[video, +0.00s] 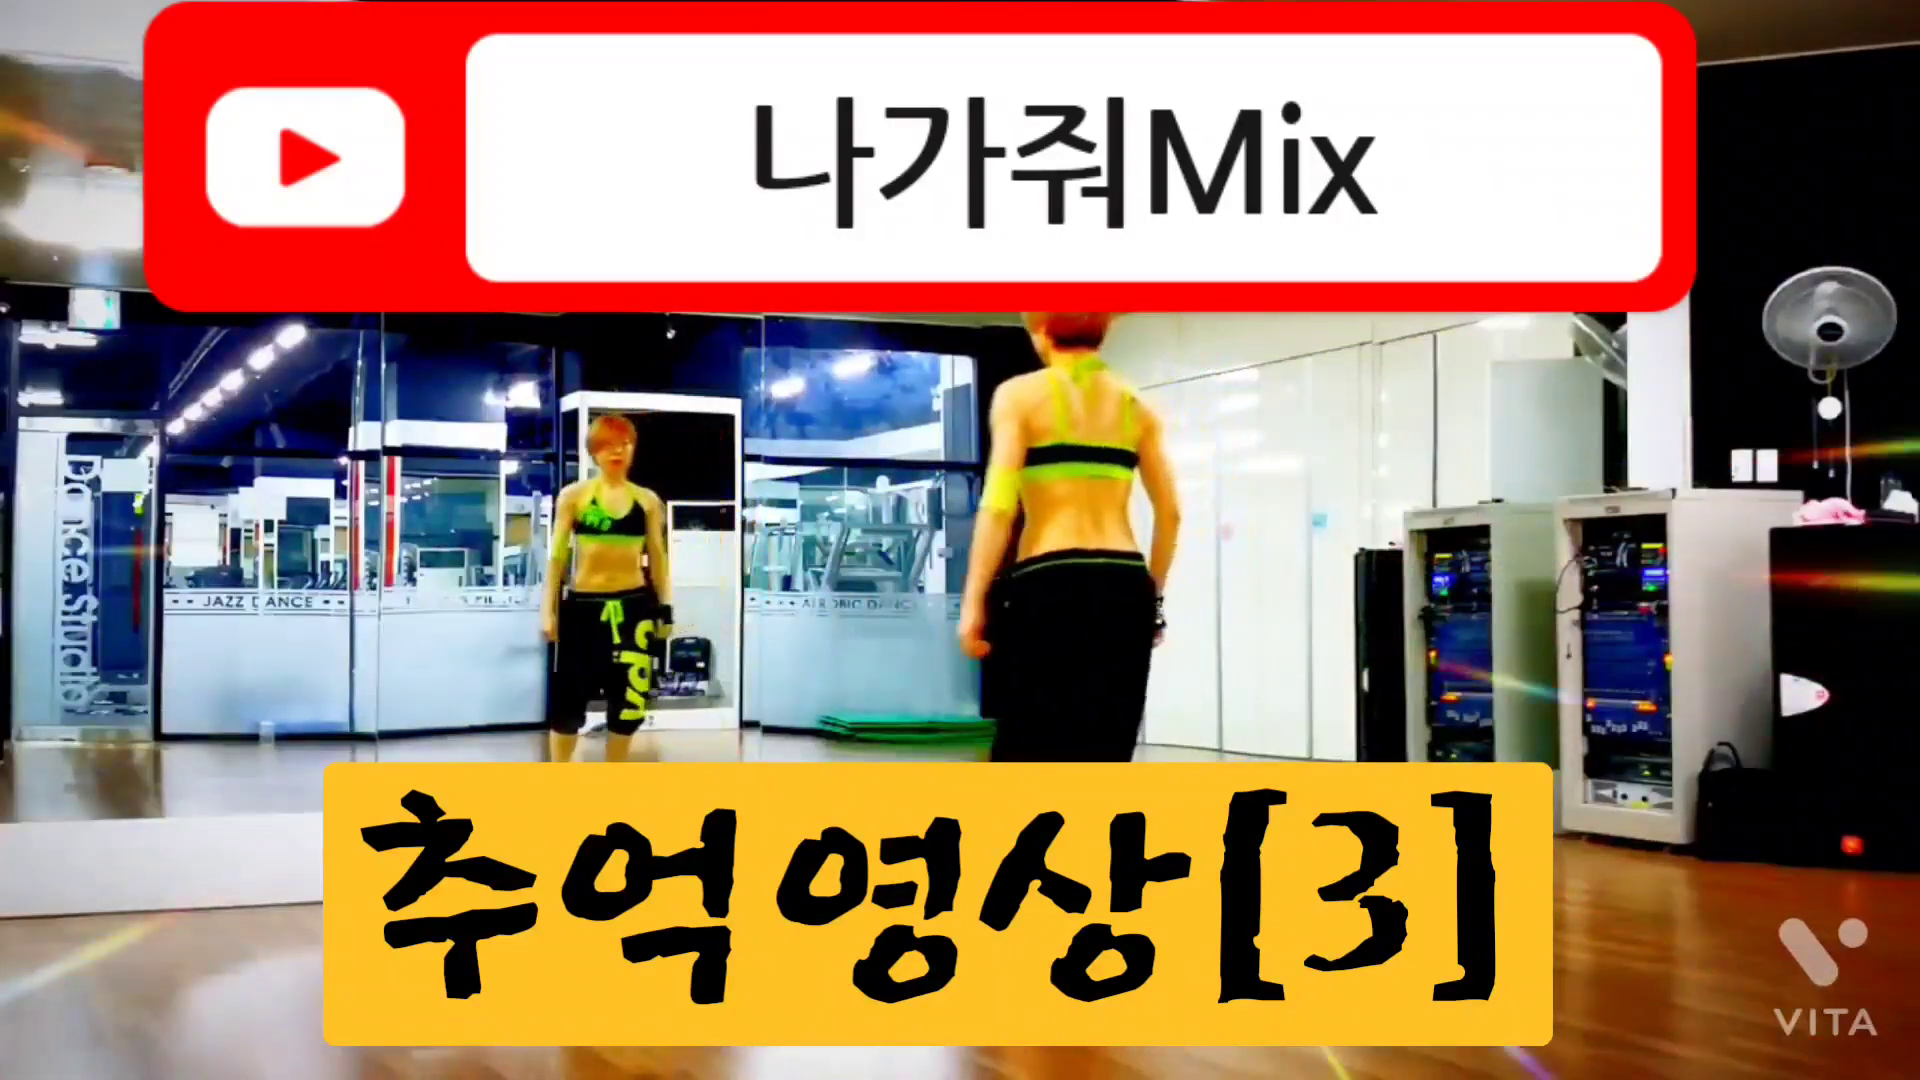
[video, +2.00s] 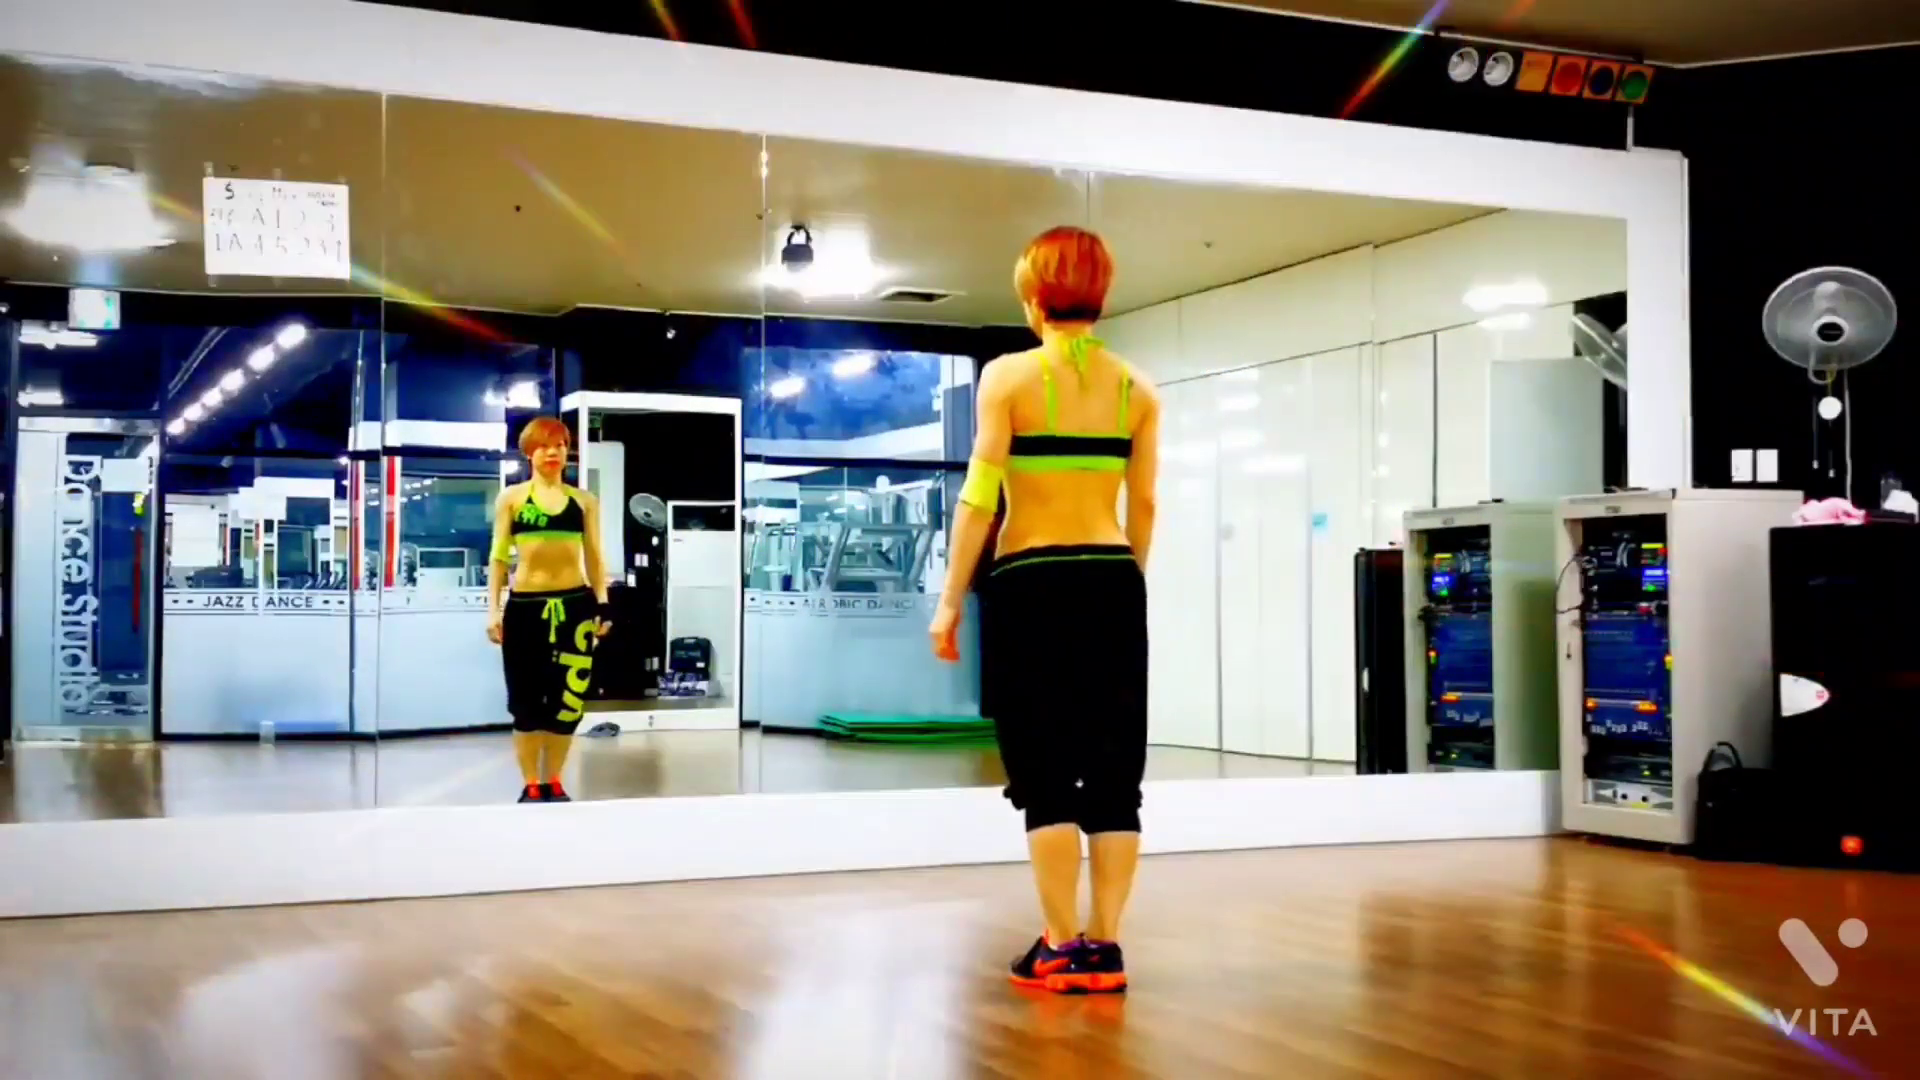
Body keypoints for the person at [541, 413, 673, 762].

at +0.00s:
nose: (617, 452)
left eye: (623, 444)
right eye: (608, 446)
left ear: (633, 450)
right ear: (594, 453)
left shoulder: (647, 501)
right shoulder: (573, 496)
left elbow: (657, 558)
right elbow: (558, 556)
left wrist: (664, 607)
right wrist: (549, 610)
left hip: (633, 606)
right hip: (582, 606)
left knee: (627, 706)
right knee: (567, 705)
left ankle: (613, 780)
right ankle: (559, 778)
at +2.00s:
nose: (552, 454)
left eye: (559, 447)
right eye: (544, 447)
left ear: (566, 451)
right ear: (530, 453)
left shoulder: (585, 501)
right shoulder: (511, 498)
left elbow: (595, 559)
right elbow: (499, 559)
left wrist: (603, 605)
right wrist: (495, 609)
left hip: (575, 606)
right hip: (525, 608)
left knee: (568, 701)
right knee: (527, 702)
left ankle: (553, 780)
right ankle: (531, 783)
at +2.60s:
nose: (552, 453)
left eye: (558, 446)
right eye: (544, 447)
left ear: (567, 452)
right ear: (530, 454)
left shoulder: (584, 502)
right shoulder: (511, 498)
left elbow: (593, 560)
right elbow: (480, 546)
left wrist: (601, 608)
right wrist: (495, 590)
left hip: (577, 606)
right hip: (529, 608)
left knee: (570, 701)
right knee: (529, 702)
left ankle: (552, 782)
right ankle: (532, 784)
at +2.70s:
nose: (552, 454)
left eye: (558, 447)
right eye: (543, 448)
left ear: (567, 453)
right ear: (530, 454)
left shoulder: (584, 502)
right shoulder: (513, 497)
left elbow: (594, 560)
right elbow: (475, 543)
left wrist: (601, 607)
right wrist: (494, 581)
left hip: (577, 606)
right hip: (529, 607)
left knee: (569, 700)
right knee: (529, 702)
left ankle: (552, 782)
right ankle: (531, 784)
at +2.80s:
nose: (552, 454)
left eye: (558, 447)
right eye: (543, 447)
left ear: (567, 453)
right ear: (530, 455)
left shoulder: (584, 502)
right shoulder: (513, 497)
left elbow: (594, 559)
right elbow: (474, 542)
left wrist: (602, 608)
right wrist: (494, 579)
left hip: (578, 605)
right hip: (530, 607)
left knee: (570, 700)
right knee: (530, 702)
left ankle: (552, 782)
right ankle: (531, 784)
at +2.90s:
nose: (552, 455)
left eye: (558, 447)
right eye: (544, 448)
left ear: (568, 453)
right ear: (530, 455)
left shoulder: (584, 502)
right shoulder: (513, 497)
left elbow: (594, 559)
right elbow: (474, 543)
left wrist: (603, 608)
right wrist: (495, 579)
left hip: (578, 606)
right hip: (530, 607)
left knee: (570, 702)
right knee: (529, 703)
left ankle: (552, 782)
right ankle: (531, 784)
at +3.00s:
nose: (552, 455)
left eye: (558, 448)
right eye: (544, 448)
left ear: (568, 454)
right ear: (530, 455)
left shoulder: (584, 501)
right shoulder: (514, 497)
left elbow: (595, 559)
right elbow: (475, 543)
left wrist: (604, 609)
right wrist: (496, 579)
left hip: (579, 606)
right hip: (531, 607)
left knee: (571, 701)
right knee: (530, 702)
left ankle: (552, 782)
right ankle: (532, 784)